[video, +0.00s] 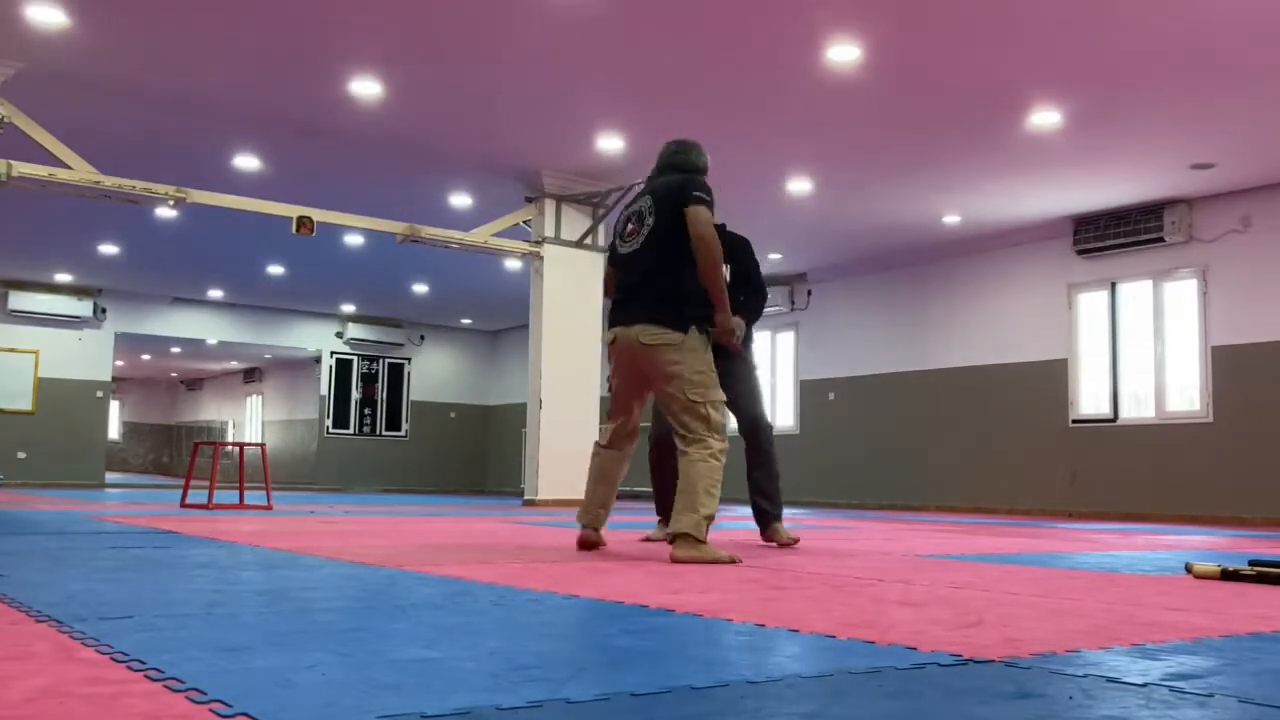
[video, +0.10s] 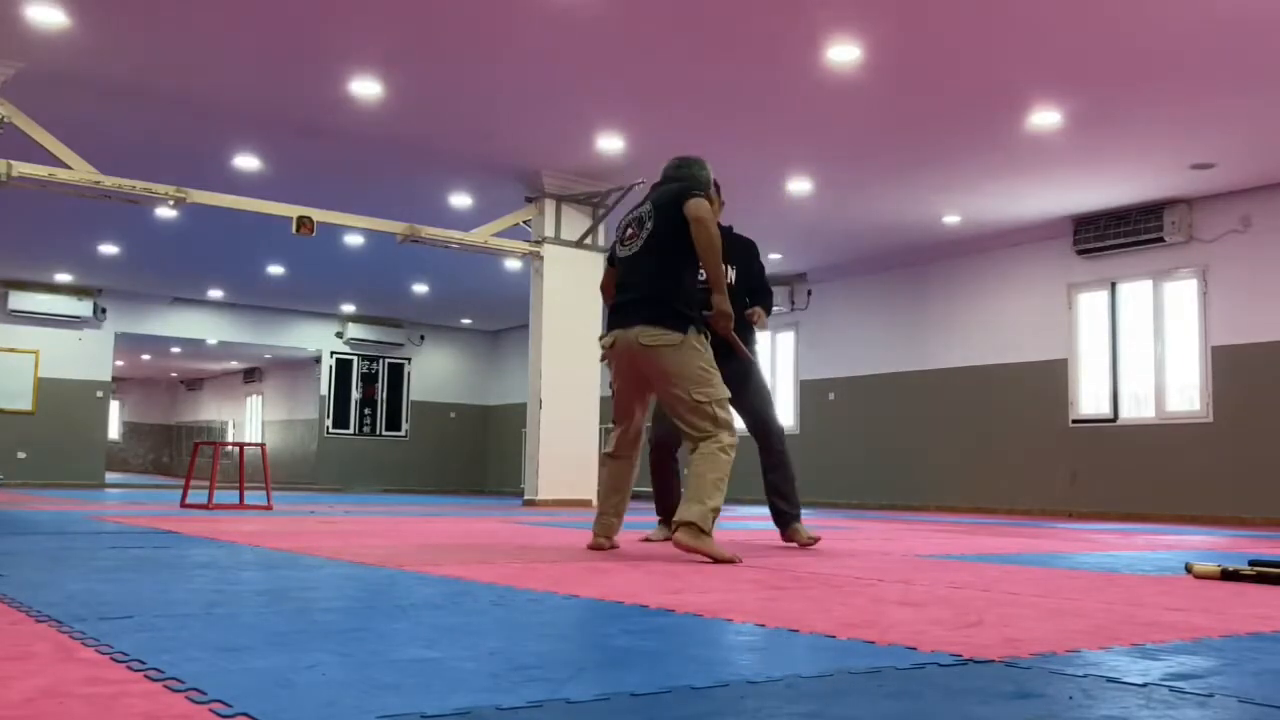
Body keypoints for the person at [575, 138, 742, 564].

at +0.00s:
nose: (706, 177)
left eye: (702, 171)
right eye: (705, 171)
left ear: (660, 166)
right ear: (700, 169)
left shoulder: (632, 206)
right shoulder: (692, 184)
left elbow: (610, 281)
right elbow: (702, 232)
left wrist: (655, 300)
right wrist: (723, 310)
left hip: (623, 332)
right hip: (672, 331)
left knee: (620, 427)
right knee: (705, 434)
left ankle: (590, 524)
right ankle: (689, 539)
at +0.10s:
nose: (713, 201)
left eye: (714, 195)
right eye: (713, 193)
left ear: (665, 180)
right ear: (702, 185)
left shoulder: (633, 217)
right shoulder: (691, 189)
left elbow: (608, 284)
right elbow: (699, 216)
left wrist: (631, 325)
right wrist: (720, 293)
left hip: (620, 337)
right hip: (667, 334)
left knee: (625, 432)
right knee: (716, 433)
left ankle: (603, 531)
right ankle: (693, 527)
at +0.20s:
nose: (724, 214)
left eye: (725, 207)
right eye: (723, 204)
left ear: (680, 183)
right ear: (711, 191)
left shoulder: (644, 222)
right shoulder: (701, 186)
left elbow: (622, 284)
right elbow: (697, 211)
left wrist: (606, 325)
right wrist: (720, 285)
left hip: (619, 336)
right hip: (665, 334)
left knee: (635, 432)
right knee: (718, 432)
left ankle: (606, 531)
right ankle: (720, 534)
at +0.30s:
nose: (731, 200)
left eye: (730, 193)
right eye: (732, 193)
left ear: (689, 181)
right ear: (723, 188)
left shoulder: (658, 216)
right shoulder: (709, 195)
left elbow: (631, 281)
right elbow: (721, 220)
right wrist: (741, 292)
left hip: (627, 334)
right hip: (670, 332)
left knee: (644, 431)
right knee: (725, 428)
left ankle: (606, 529)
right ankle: (719, 531)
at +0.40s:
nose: (747, 184)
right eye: (746, 177)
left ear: (696, 170)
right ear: (738, 173)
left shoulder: (664, 209)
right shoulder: (732, 194)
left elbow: (627, 276)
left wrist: (659, 311)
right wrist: (778, 311)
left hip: (645, 329)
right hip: (690, 327)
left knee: (648, 432)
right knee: (746, 423)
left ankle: (605, 528)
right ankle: (758, 529)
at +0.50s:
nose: (768, 170)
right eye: (768, 164)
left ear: (718, 159)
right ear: (762, 163)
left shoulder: (680, 200)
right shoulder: (761, 192)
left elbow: (647, 263)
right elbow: (797, 271)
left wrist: (680, 295)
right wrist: (810, 318)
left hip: (666, 325)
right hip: (715, 325)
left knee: (660, 429)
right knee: (760, 431)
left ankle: (614, 523)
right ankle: (770, 540)